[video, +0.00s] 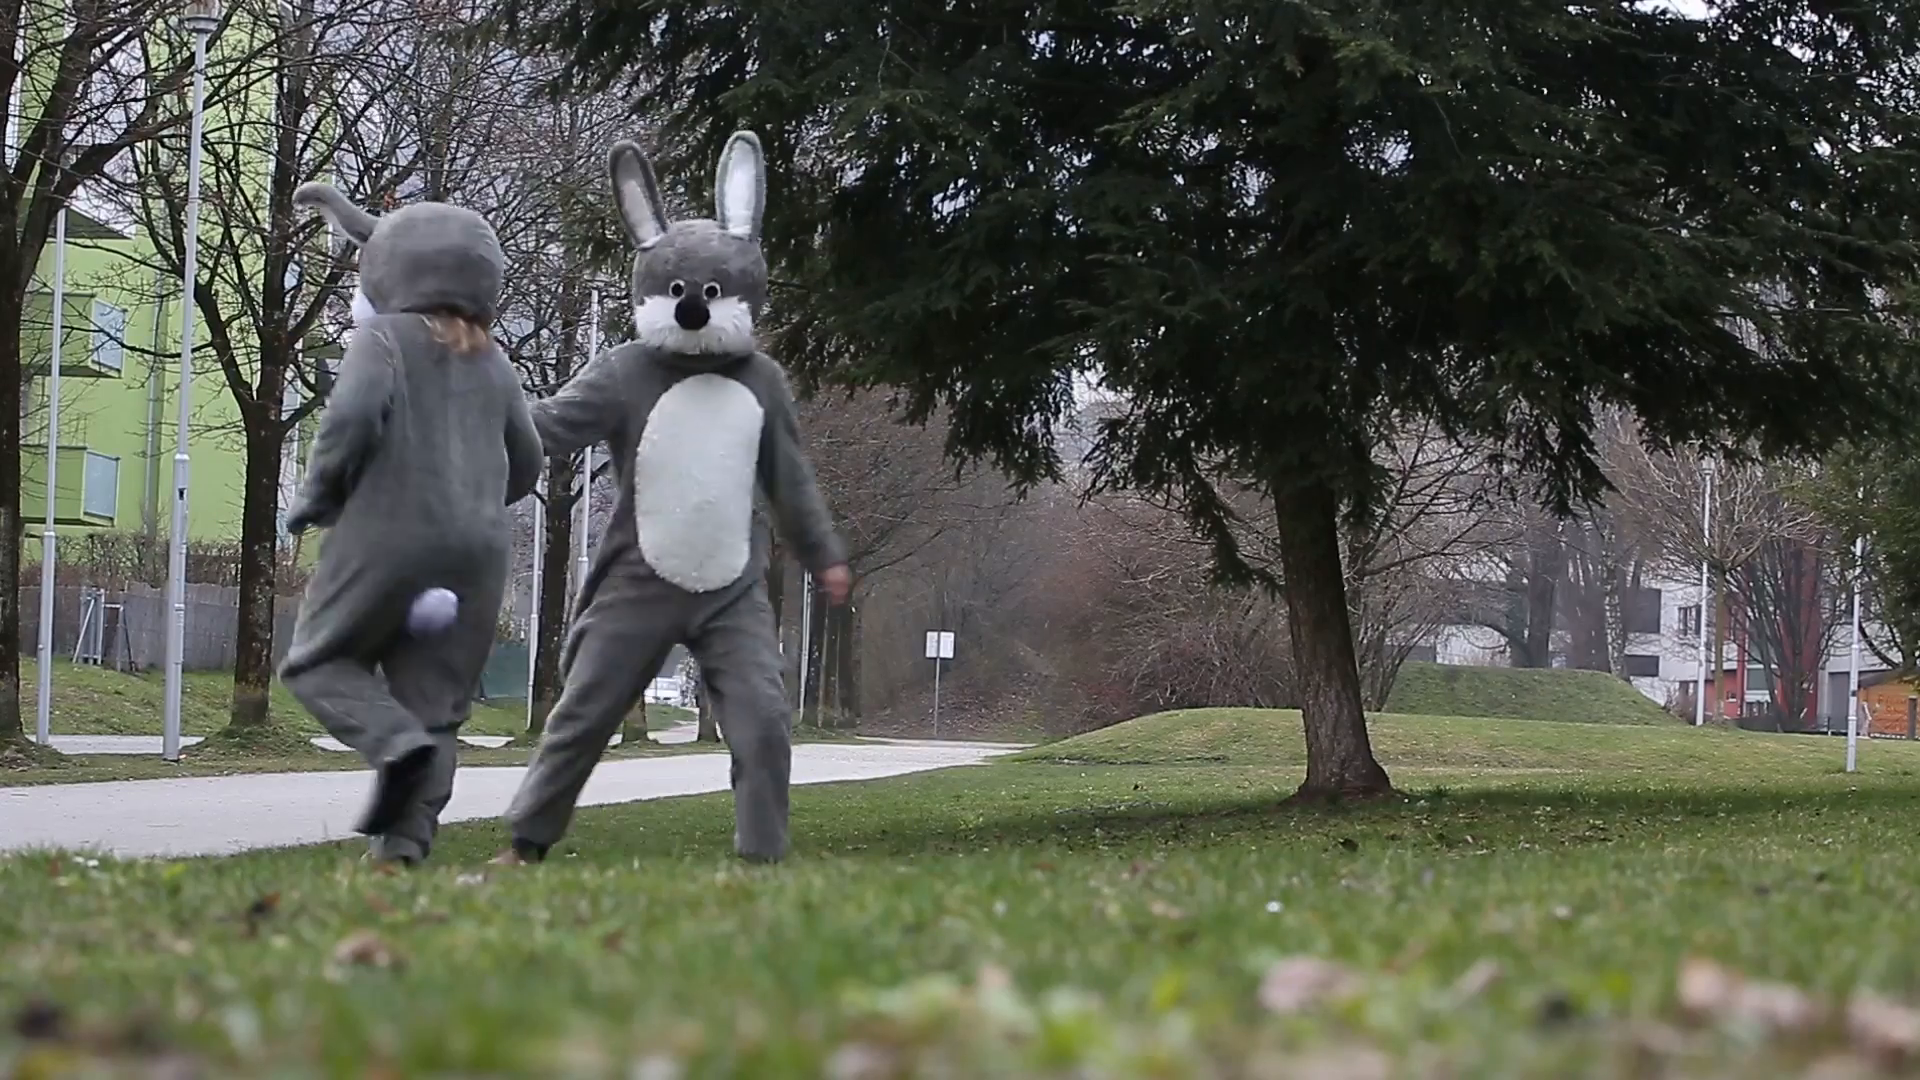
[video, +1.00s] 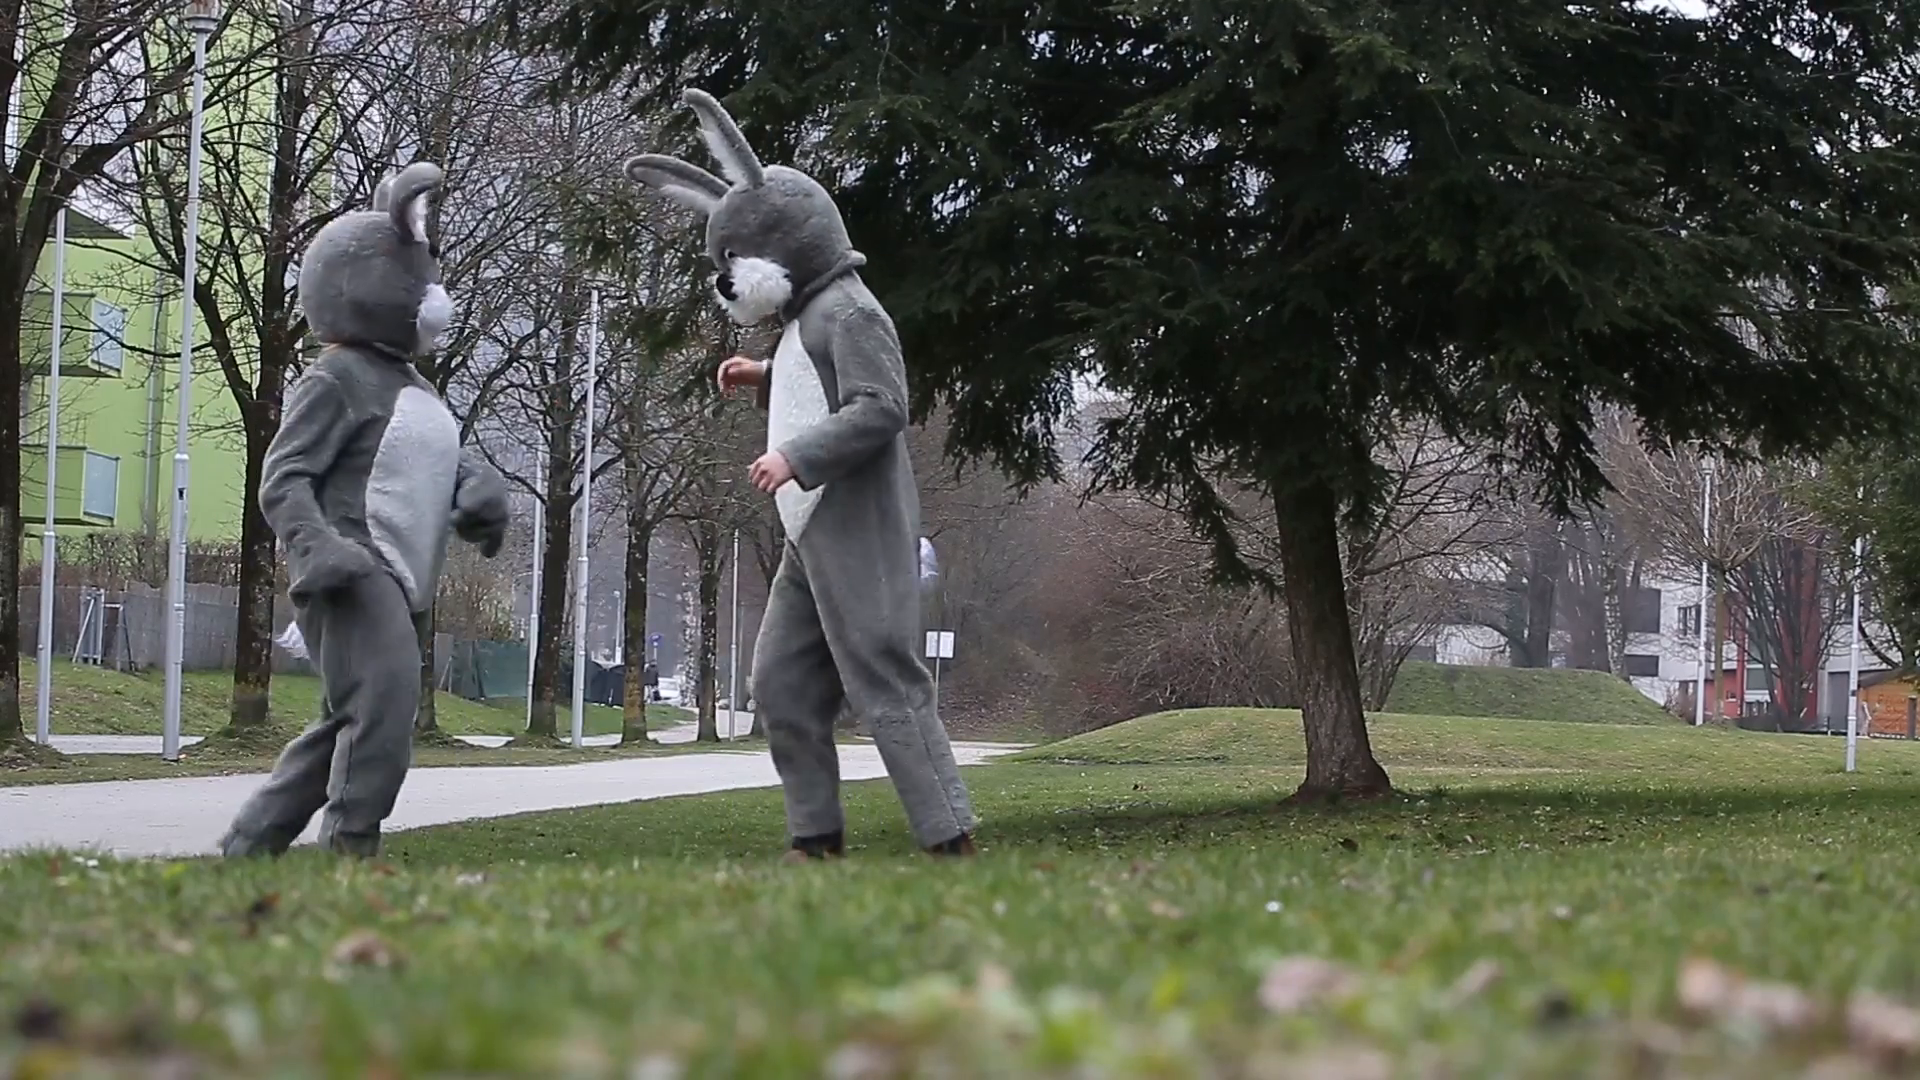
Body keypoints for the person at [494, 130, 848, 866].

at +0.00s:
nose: (697, 307)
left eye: (716, 292)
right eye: (679, 290)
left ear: (745, 303)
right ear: (652, 297)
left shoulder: (762, 382)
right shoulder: (626, 372)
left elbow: (790, 475)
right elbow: (542, 429)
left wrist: (826, 553)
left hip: (734, 590)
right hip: (639, 583)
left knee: (765, 722)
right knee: (583, 715)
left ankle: (763, 862)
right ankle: (525, 844)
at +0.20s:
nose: (706, 267)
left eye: (721, 250)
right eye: (695, 253)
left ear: (762, 246)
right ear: (685, 252)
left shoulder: (815, 319)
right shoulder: (682, 321)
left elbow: (871, 408)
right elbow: (635, 379)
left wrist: (911, 483)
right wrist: (569, 394)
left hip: (786, 530)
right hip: (694, 529)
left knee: (787, 681)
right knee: (702, 686)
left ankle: (806, 837)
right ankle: (725, 835)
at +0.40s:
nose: (706, 291)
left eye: (718, 273)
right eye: (699, 278)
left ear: (769, 265)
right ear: (712, 284)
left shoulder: (830, 340)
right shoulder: (734, 359)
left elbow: (888, 435)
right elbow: (717, 419)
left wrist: (875, 501)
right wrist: (646, 399)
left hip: (829, 548)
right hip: (754, 562)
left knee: (852, 692)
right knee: (785, 710)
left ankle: (940, 831)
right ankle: (842, 847)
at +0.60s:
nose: (721, 308)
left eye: (725, 291)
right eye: (718, 295)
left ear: (765, 280)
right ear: (767, 283)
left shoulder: (836, 336)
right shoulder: (782, 356)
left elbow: (884, 433)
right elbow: (775, 431)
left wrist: (826, 500)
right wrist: (726, 370)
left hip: (850, 555)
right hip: (794, 565)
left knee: (880, 698)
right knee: (799, 716)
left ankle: (944, 843)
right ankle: (849, 854)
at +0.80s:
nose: (738, 301)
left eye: (740, 284)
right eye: (735, 288)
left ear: (779, 268)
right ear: (784, 270)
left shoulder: (849, 322)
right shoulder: (810, 334)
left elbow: (884, 422)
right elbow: (818, 413)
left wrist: (805, 467)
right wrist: (769, 361)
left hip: (865, 543)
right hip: (820, 548)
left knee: (872, 695)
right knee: (811, 704)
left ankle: (949, 840)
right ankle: (854, 843)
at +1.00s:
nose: (737, 274)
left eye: (744, 255)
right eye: (734, 260)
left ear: (785, 242)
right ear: (790, 247)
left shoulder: (845, 309)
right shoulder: (808, 316)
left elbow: (884, 408)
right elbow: (825, 385)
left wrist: (797, 454)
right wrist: (767, 375)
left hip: (860, 530)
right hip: (811, 533)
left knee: (885, 678)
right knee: (781, 682)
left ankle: (949, 836)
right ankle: (816, 840)